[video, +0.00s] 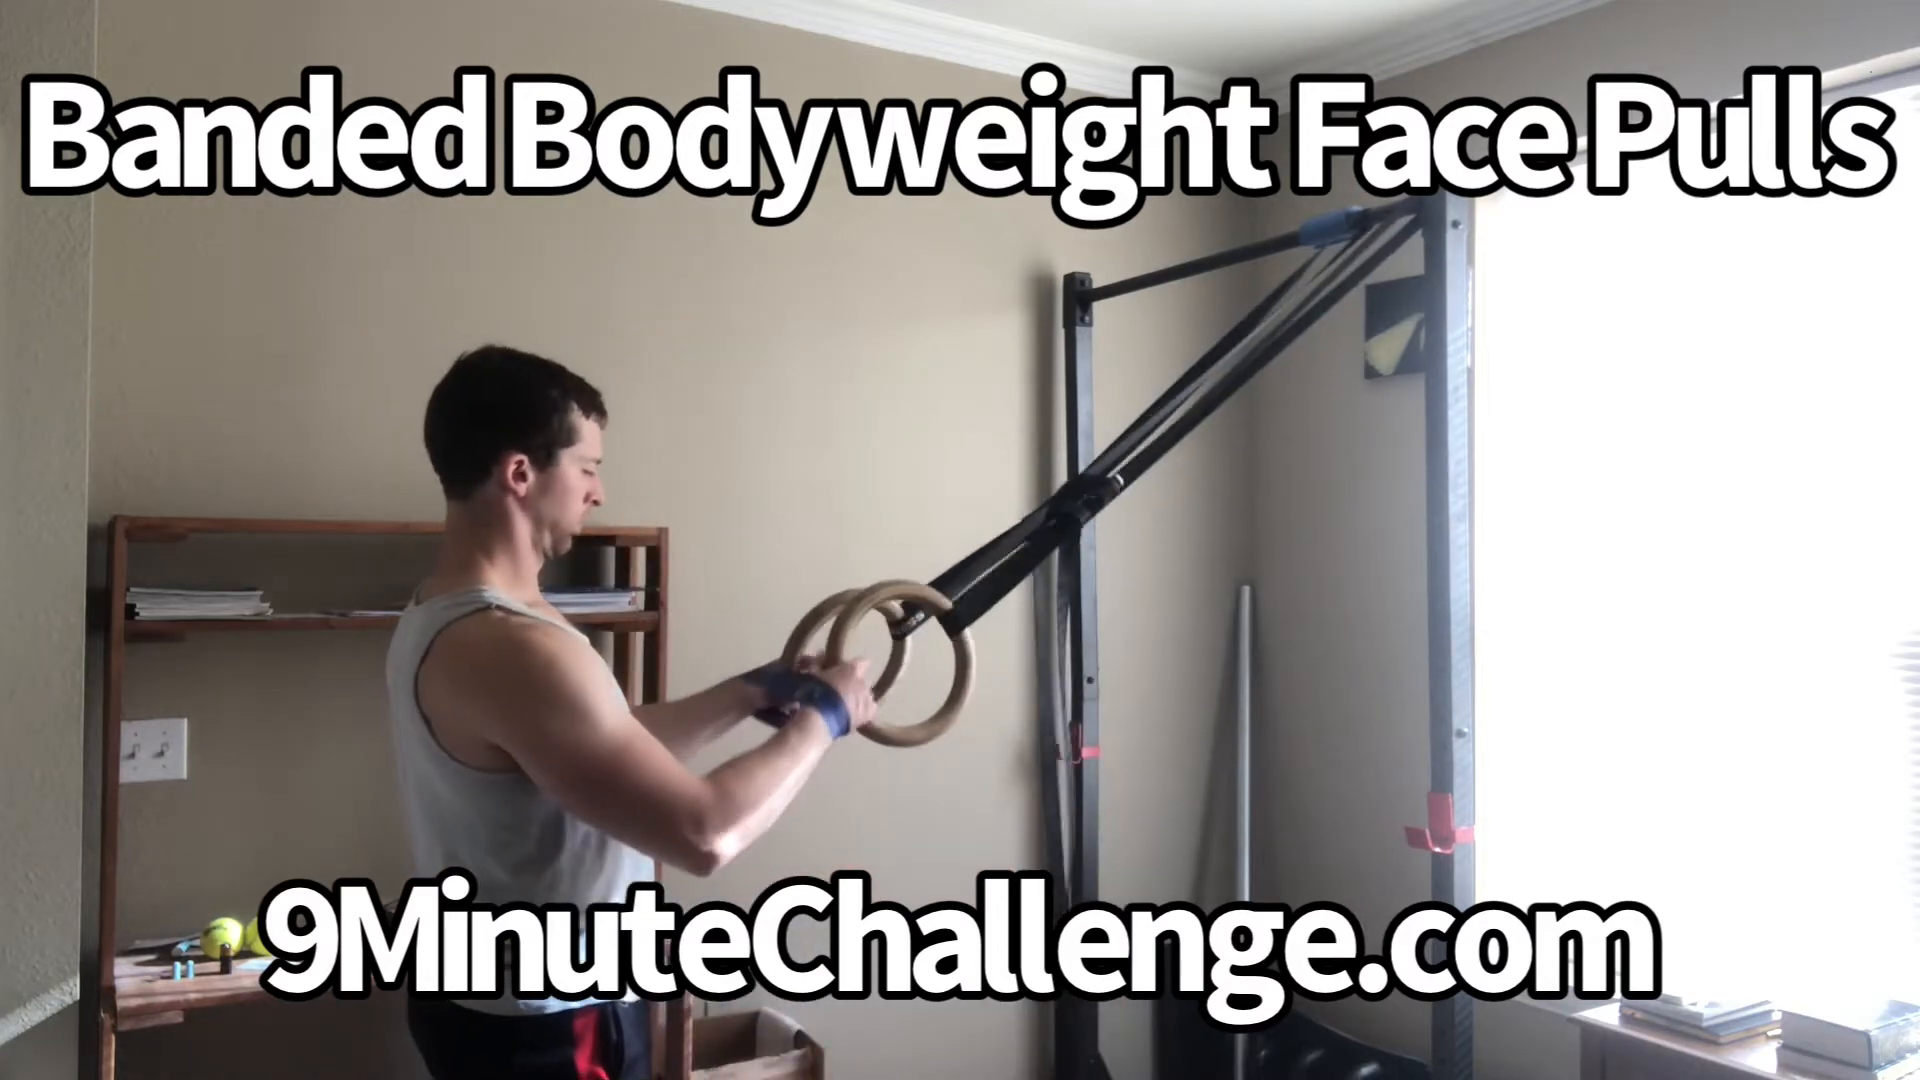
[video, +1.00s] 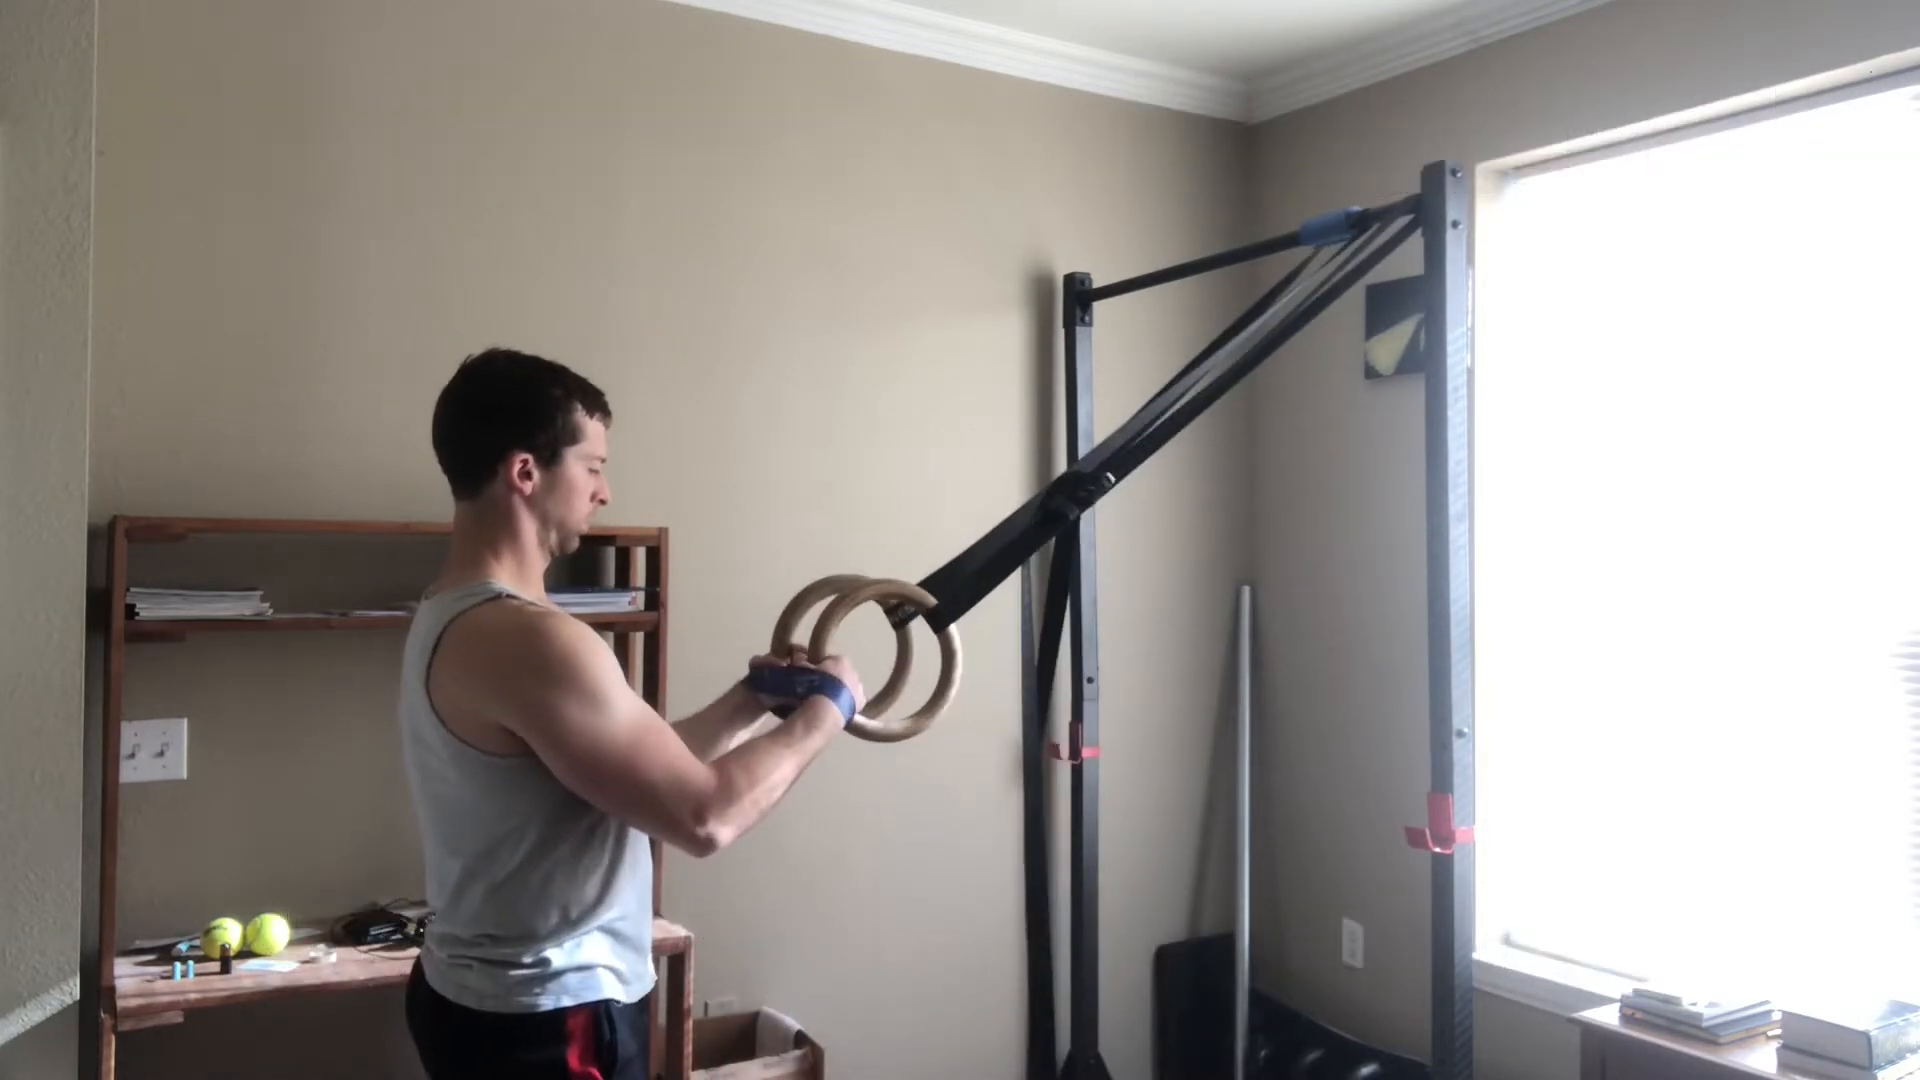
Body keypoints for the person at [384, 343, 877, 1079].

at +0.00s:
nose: (597, 492)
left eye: (596, 468)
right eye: (587, 466)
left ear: (515, 477)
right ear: (519, 474)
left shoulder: (444, 616)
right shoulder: (517, 653)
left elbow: (605, 754)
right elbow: (704, 835)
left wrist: (753, 693)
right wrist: (824, 718)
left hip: (488, 1007)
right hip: (548, 1027)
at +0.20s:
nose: (598, 496)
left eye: (597, 472)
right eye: (588, 470)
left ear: (515, 478)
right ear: (517, 475)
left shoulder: (461, 614)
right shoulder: (518, 656)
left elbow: (628, 757)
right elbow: (702, 820)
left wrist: (767, 694)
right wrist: (836, 715)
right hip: (545, 1020)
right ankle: (764, 1055)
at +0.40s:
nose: (604, 494)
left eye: (602, 471)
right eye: (592, 469)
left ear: (520, 478)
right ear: (522, 475)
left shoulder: (459, 619)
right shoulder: (526, 646)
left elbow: (642, 776)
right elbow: (680, 825)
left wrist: (770, 712)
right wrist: (821, 716)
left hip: (502, 999)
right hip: (551, 1015)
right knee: (794, 1053)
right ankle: (759, 1052)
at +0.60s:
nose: (603, 495)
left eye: (602, 472)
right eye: (590, 470)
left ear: (521, 479)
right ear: (523, 475)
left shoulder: (455, 616)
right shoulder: (531, 640)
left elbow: (637, 774)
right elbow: (675, 823)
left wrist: (761, 707)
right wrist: (809, 711)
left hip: (488, 1003)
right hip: (549, 1019)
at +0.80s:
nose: (603, 494)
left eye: (602, 471)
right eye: (591, 469)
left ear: (522, 477)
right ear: (525, 473)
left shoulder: (452, 615)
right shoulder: (530, 640)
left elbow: (620, 777)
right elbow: (689, 824)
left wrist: (745, 700)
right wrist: (815, 710)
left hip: (480, 1001)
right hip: (547, 1022)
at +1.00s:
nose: (604, 492)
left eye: (601, 470)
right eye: (591, 468)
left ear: (521, 477)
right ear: (524, 473)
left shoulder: (452, 617)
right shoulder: (531, 642)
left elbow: (623, 773)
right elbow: (705, 817)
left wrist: (750, 699)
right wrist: (825, 712)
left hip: (483, 1004)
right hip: (552, 1024)